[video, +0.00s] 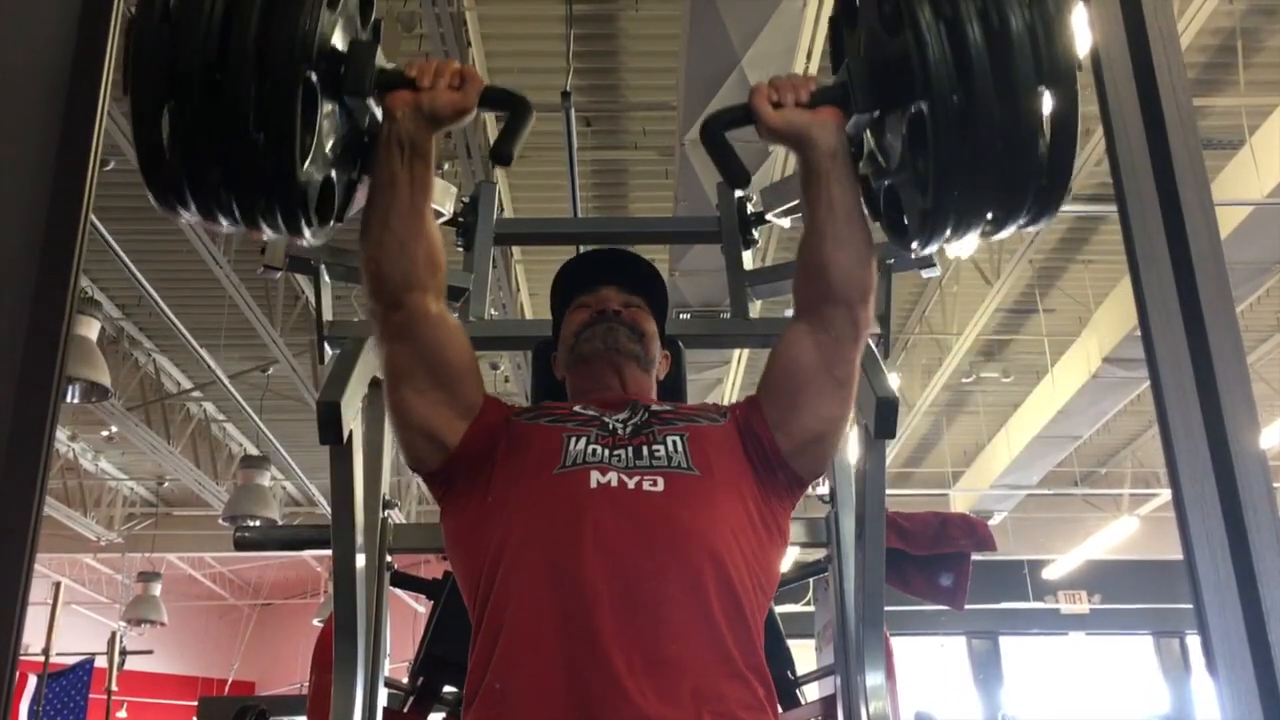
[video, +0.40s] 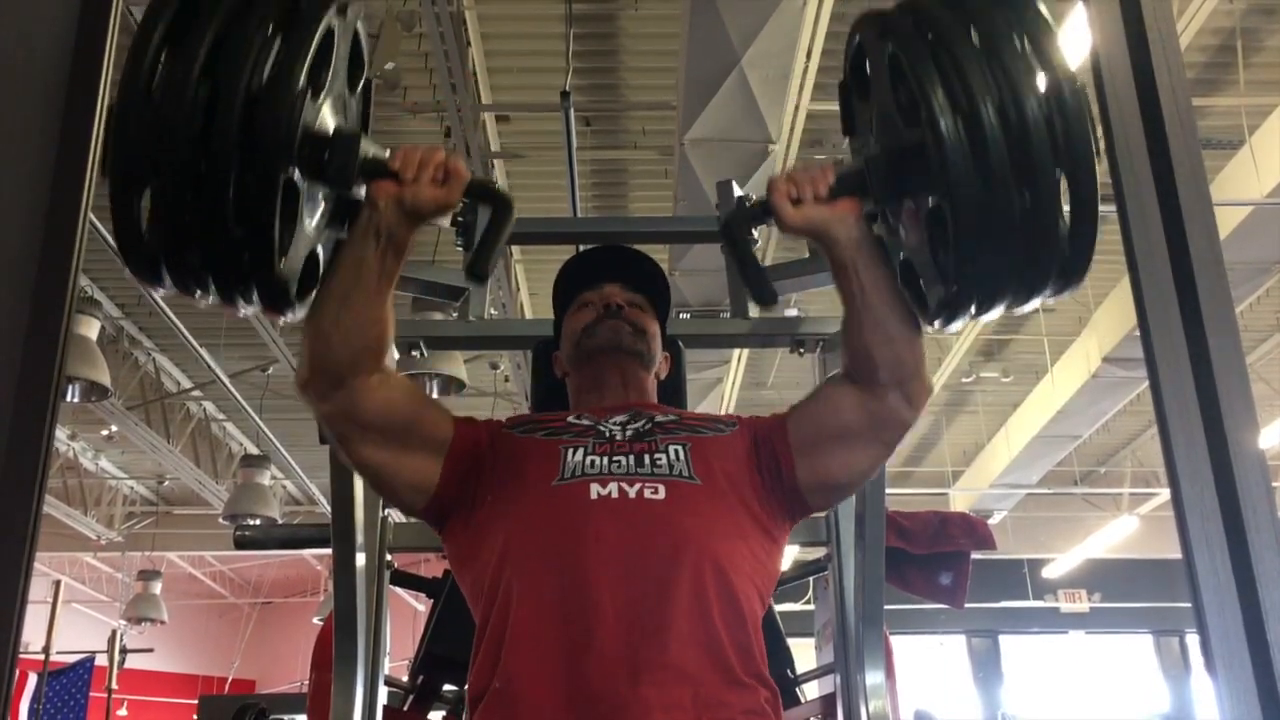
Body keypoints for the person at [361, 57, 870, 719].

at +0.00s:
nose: (609, 310)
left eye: (632, 310)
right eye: (585, 309)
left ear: (664, 362)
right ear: (555, 360)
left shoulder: (754, 448)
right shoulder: (485, 450)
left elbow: (836, 312)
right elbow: (406, 302)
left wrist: (824, 145)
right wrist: (408, 133)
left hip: (723, 707)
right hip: (515, 706)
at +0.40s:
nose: (612, 305)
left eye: (637, 304)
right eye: (586, 304)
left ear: (667, 356)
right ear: (555, 358)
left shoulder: (750, 452)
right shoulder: (483, 458)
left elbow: (892, 391)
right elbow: (338, 382)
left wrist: (846, 235)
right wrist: (389, 223)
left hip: (727, 704)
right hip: (524, 705)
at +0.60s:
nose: (614, 305)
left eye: (638, 306)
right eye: (588, 305)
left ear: (666, 362)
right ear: (556, 359)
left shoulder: (744, 457)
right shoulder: (488, 463)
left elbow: (918, 455)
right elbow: (309, 445)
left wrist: (862, 308)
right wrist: (367, 297)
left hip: (721, 703)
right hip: (527, 704)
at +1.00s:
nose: (616, 301)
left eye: (639, 302)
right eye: (589, 301)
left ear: (669, 359)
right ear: (555, 360)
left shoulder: (748, 462)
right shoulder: (486, 468)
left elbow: (922, 544)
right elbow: (299, 548)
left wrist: (882, 404)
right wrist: (342, 403)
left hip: (725, 707)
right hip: (528, 708)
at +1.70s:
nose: (610, 312)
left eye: (634, 313)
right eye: (586, 313)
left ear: (666, 365)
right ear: (555, 364)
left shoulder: (741, 460)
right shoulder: (487, 467)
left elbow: (925, 486)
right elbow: (293, 479)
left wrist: (867, 342)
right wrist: (358, 336)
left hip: (726, 703)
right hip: (526, 703)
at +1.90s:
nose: (610, 307)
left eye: (635, 307)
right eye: (584, 307)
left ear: (666, 360)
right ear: (554, 362)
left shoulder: (751, 454)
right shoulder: (484, 461)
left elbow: (906, 407)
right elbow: (319, 397)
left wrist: (851, 251)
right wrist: (377, 252)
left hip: (723, 704)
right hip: (527, 704)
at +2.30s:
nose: (609, 316)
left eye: (634, 316)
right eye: (585, 312)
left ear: (666, 369)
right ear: (552, 363)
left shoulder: (754, 453)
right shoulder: (485, 457)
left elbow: (847, 328)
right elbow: (395, 317)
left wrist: (828, 161)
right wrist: (404, 153)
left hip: (728, 705)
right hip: (518, 706)